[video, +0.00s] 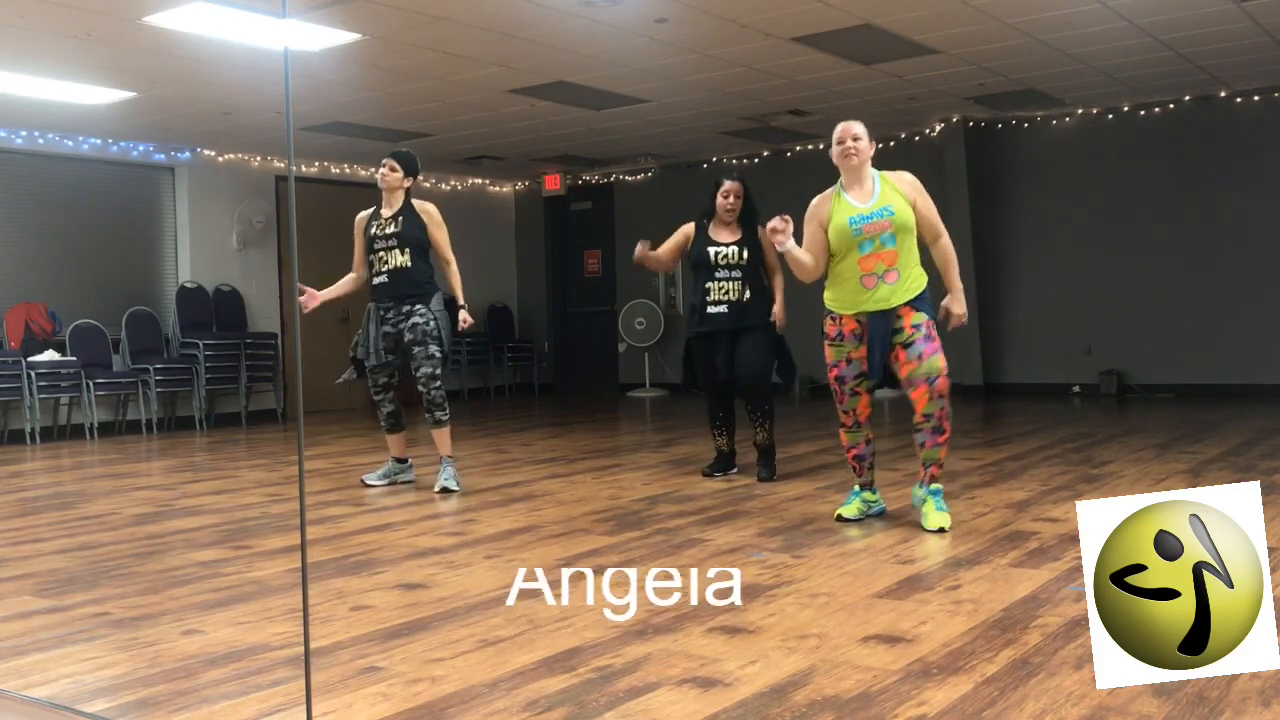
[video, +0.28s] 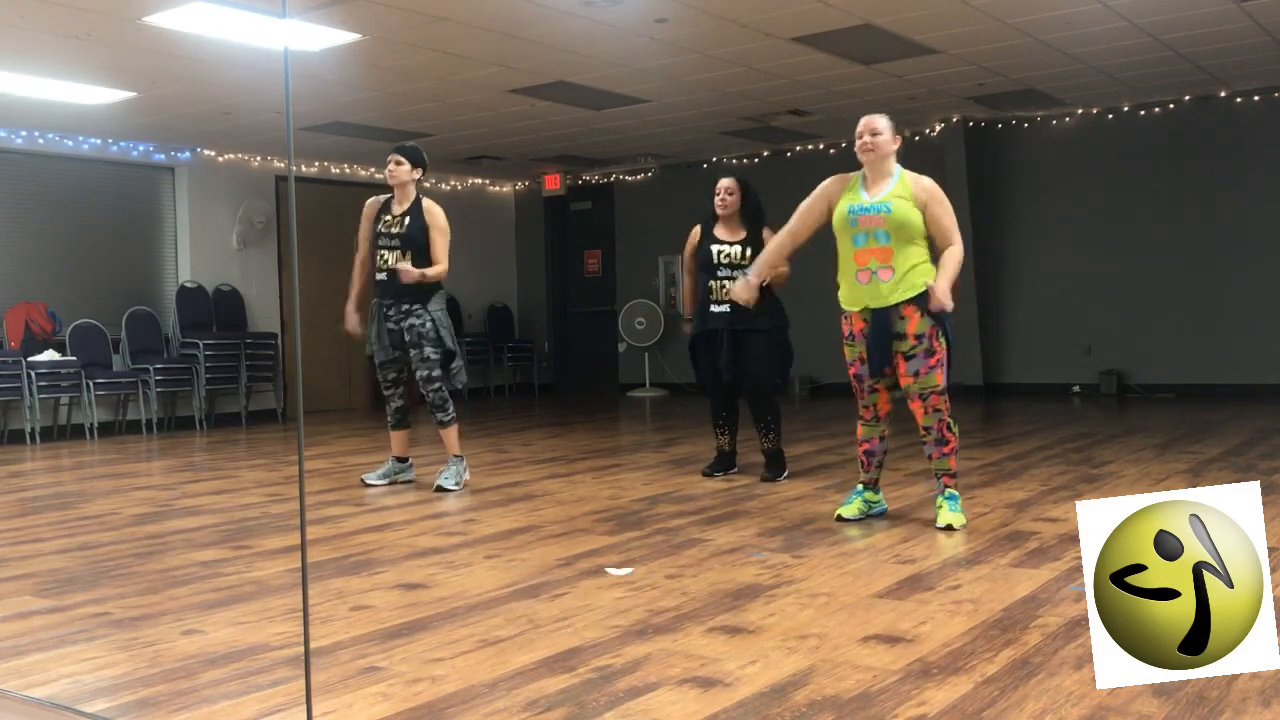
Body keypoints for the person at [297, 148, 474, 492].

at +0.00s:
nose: (382, 172)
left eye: (391, 169)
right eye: (382, 167)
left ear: (408, 180)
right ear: (379, 175)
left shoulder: (424, 212)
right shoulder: (365, 220)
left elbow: (448, 262)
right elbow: (358, 275)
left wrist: (460, 304)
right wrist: (321, 295)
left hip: (420, 311)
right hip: (380, 314)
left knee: (428, 382)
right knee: (381, 388)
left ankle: (447, 465)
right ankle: (400, 464)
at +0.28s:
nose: (389, 168)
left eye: (397, 164)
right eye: (388, 164)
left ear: (416, 171)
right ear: (386, 172)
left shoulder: (431, 212)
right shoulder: (374, 208)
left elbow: (442, 268)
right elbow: (362, 259)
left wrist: (419, 274)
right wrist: (353, 303)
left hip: (422, 311)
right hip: (385, 311)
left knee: (432, 385)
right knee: (393, 387)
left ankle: (456, 463)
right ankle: (400, 463)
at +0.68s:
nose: (394, 173)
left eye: (401, 168)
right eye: (392, 168)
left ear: (422, 174)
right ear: (393, 176)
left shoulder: (433, 205)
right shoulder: (400, 220)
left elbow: (443, 258)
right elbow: (407, 278)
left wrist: (424, 307)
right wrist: (380, 300)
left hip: (435, 308)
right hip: (402, 309)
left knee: (435, 383)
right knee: (373, 373)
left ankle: (456, 465)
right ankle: (391, 453)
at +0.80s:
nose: (390, 170)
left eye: (397, 165)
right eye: (389, 165)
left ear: (418, 171)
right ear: (389, 172)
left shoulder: (433, 204)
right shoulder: (391, 215)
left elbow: (456, 253)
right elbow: (398, 270)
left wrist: (452, 303)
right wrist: (363, 285)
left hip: (430, 311)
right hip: (394, 312)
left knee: (439, 386)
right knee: (394, 385)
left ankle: (456, 465)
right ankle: (400, 462)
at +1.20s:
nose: (393, 170)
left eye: (401, 164)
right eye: (392, 165)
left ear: (421, 171)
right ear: (393, 173)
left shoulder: (439, 213)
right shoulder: (383, 210)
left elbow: (456, 263)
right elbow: (368, 264)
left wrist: (455, 294)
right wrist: (339, 305)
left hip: (425, 309)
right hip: (388, 311)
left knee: (430, 382)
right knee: (394, 387)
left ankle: (458, 461)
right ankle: (402, 463)